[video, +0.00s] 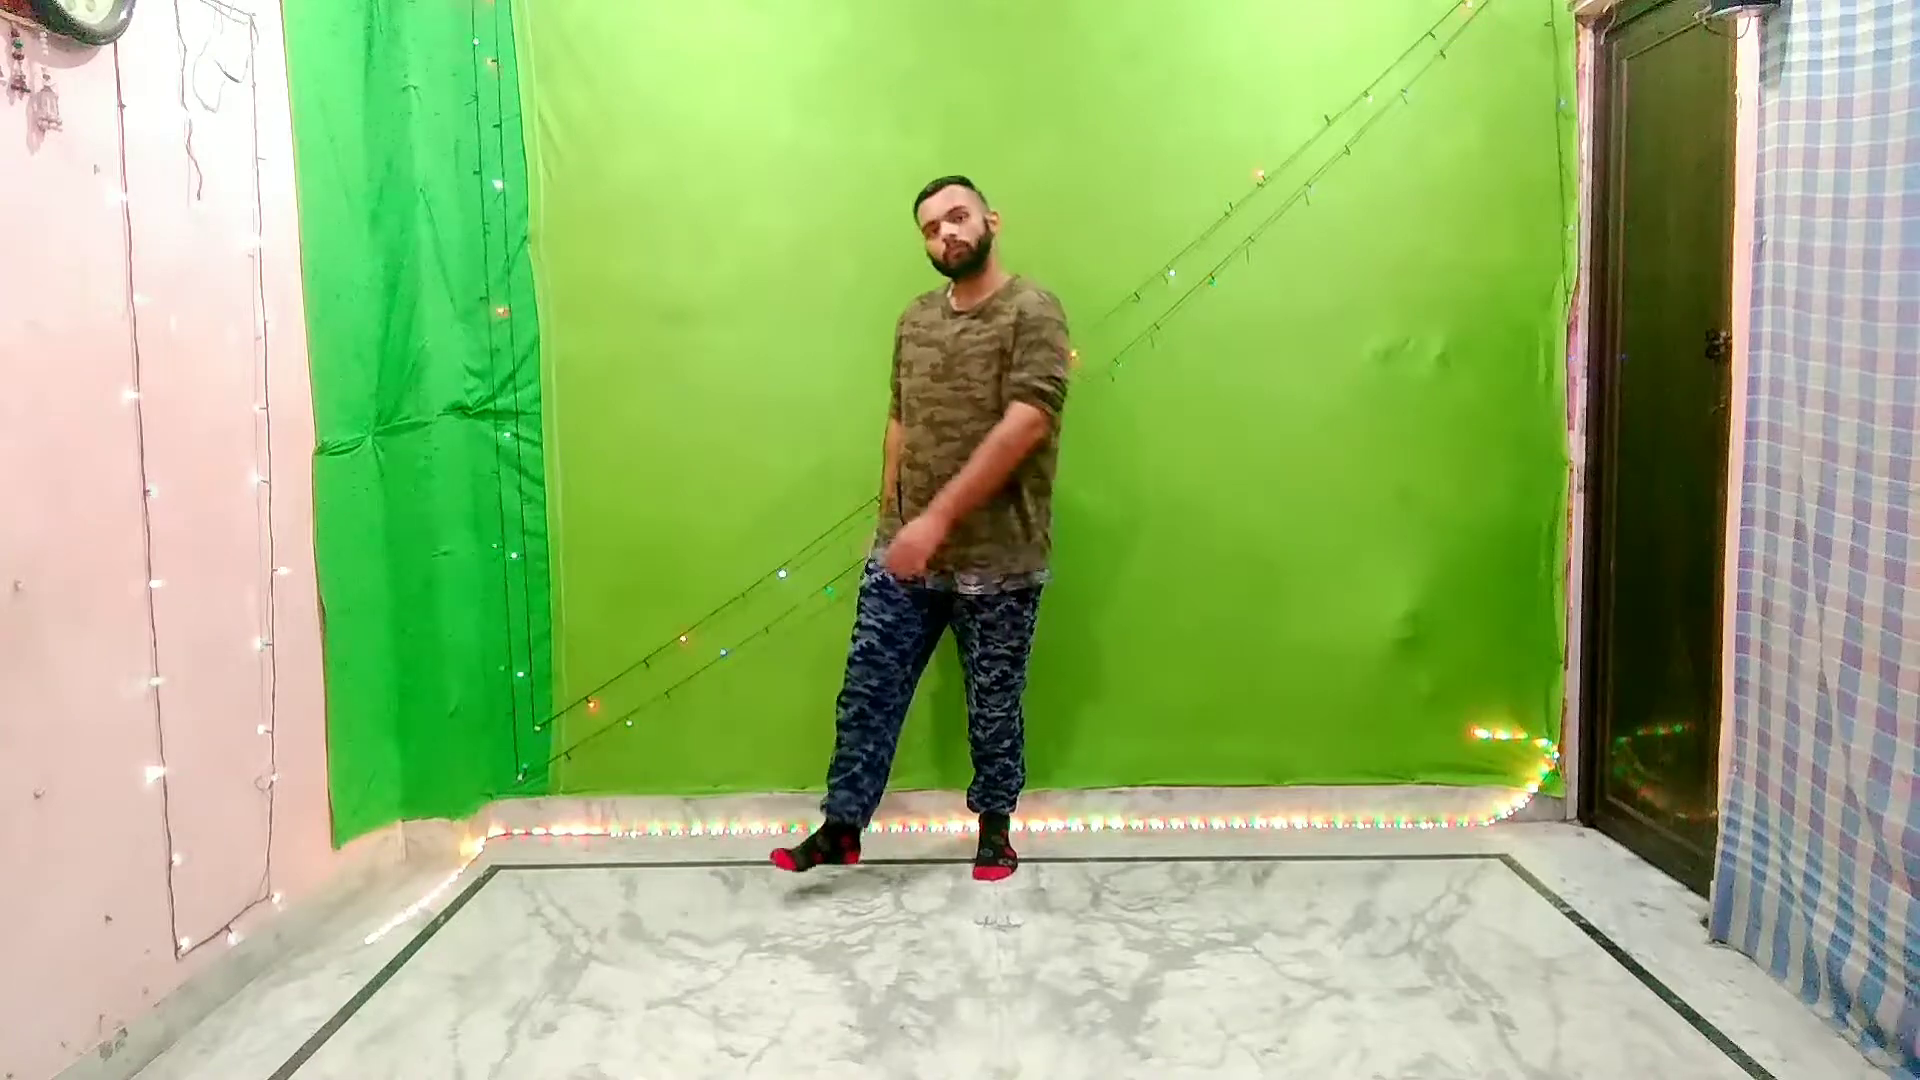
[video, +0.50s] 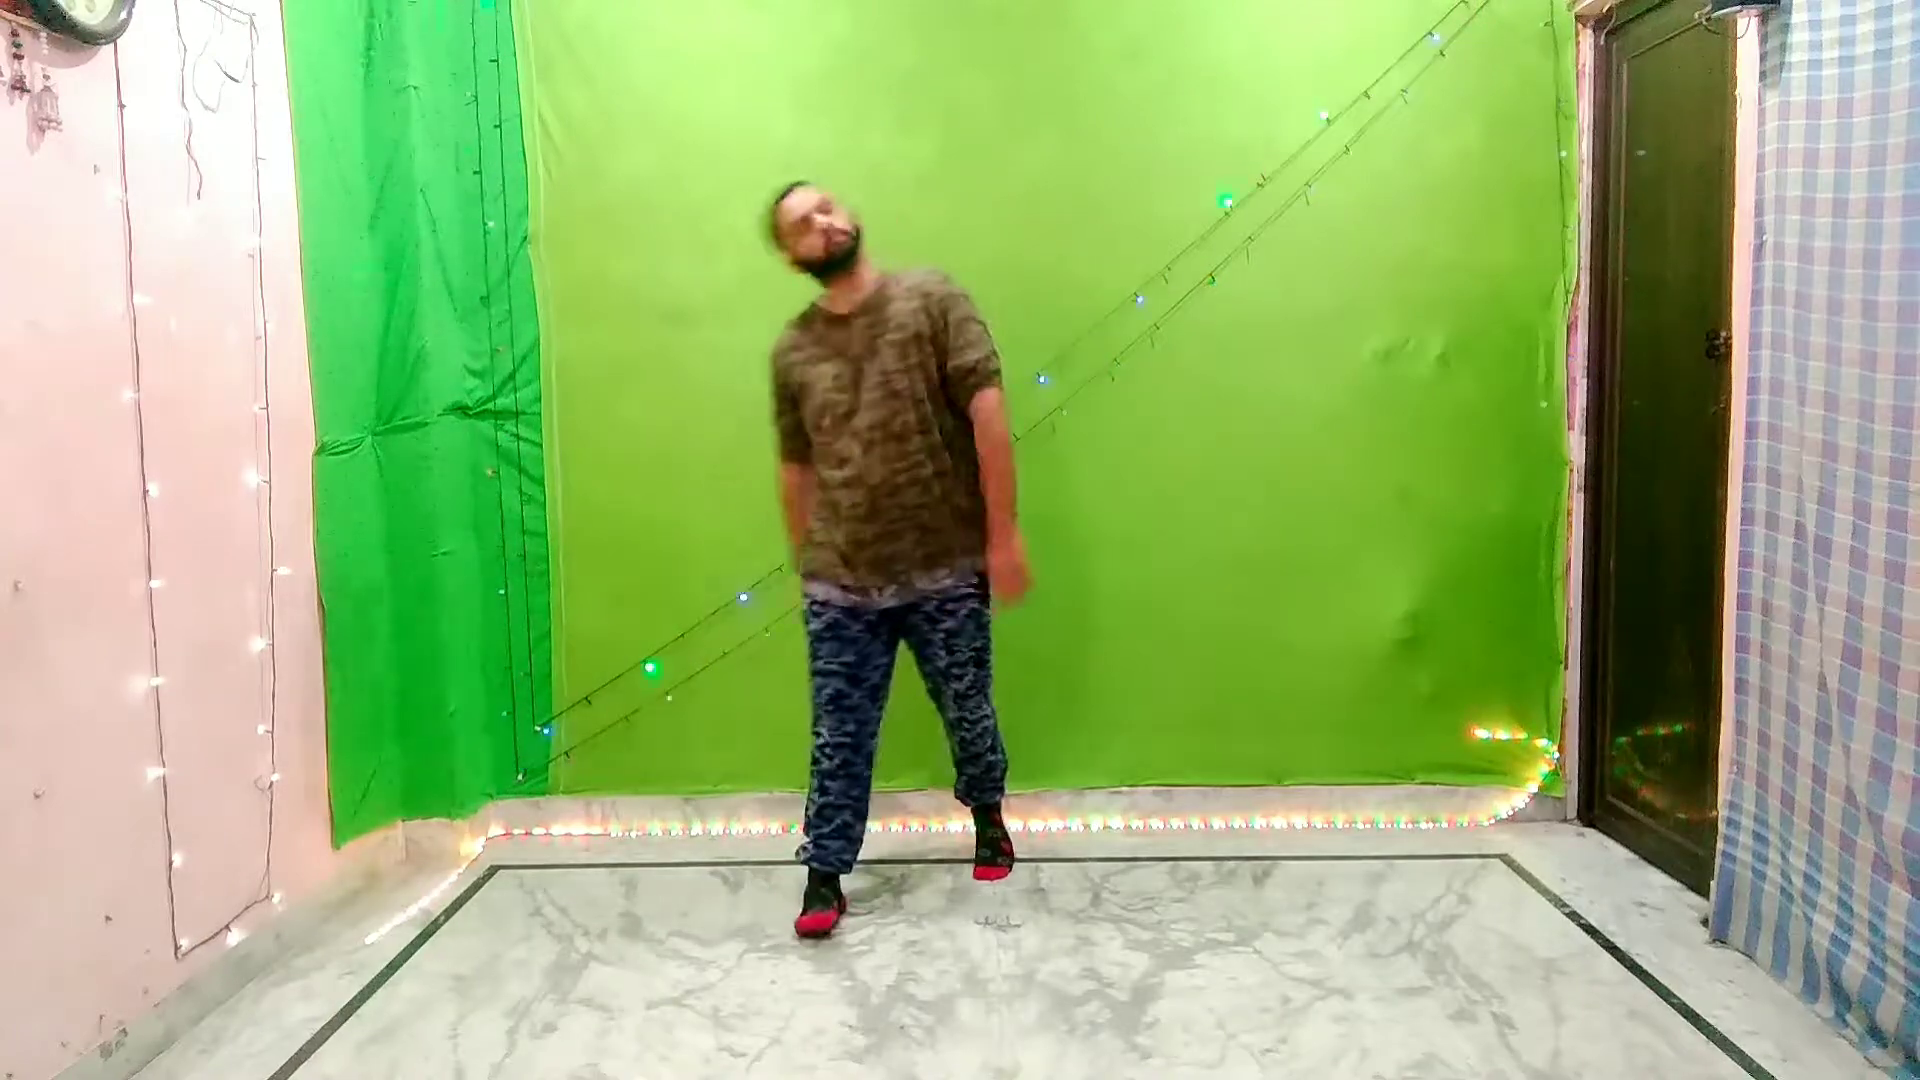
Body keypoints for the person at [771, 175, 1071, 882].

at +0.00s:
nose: (946, 233)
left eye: (956, 217)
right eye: (932, 229)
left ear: (992, 221)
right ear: (926, 247)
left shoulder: (1032, 310)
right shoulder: (917, 321)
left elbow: (1027, 422)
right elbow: (900, 423)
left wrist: (937, 520)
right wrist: (892, 517)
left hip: (997, 548)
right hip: (911, 543)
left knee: (993, 699)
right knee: (869, 686)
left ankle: (994, 829)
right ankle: (841, 828)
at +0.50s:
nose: (822, 221)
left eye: (824, 207)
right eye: (802, 225)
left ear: (851, 216)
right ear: (793, 259)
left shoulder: (933, 301)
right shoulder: (795, 350)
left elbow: (989, 415)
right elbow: (796, 464)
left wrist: (1002, 534)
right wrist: (809, 556)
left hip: (943, 558)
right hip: (842, 571)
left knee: (966, 706)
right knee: (838, 729)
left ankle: (988, 821)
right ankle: (824, 875)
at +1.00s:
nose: (820, 187)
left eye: (809, 177)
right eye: (800, 188)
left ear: (787, 224)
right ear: (764, 234)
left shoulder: (873, 292)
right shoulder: (745, 355)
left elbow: (927, 395)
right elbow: (737, 487)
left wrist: (964, 485)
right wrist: (761, 610)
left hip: (933, 566)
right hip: (831, 594)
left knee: (969, 712)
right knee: (836, 752)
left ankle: (952, 831)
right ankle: (828, 886)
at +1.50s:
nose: (908, 185)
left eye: (899, 176)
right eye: (886, 188)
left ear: (903, 210)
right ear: (857, 235)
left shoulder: (955, 297)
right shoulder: (852, 327)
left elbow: (971, 434)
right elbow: (855, 464)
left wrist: (998, 551)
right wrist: (913, 583)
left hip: (989, 573)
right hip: (890, 589)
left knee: (1015, 741)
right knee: (859, 750)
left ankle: (1057, 879)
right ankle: (822, 890)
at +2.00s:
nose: (1100, 166)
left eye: (1092, 157)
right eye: (1078, 162)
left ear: (1083, 197)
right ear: (1038, 202)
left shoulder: (1134, 277)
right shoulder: (1009, 309)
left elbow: (1203, 311)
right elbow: (970, 437)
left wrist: (1257, 398)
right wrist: (972, 572)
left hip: (1143, 544)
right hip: (1055, 550)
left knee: (1117, 726)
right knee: (1083, 723)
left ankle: (1070, 877)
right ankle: (1057, 907)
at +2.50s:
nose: (1208, 171)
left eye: (1199, 161)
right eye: (1189, 166)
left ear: (1172, 200)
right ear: (1147, 204)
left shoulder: (1213, 294)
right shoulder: (1126, 305)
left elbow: (1243, 408)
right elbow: (1112, 443)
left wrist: (1278, 341)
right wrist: (1166, 578)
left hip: (1259, 571)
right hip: (1194, 583)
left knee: (1246, 736)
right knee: (1226, 766)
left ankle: (1129, 841)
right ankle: (1246, 941)